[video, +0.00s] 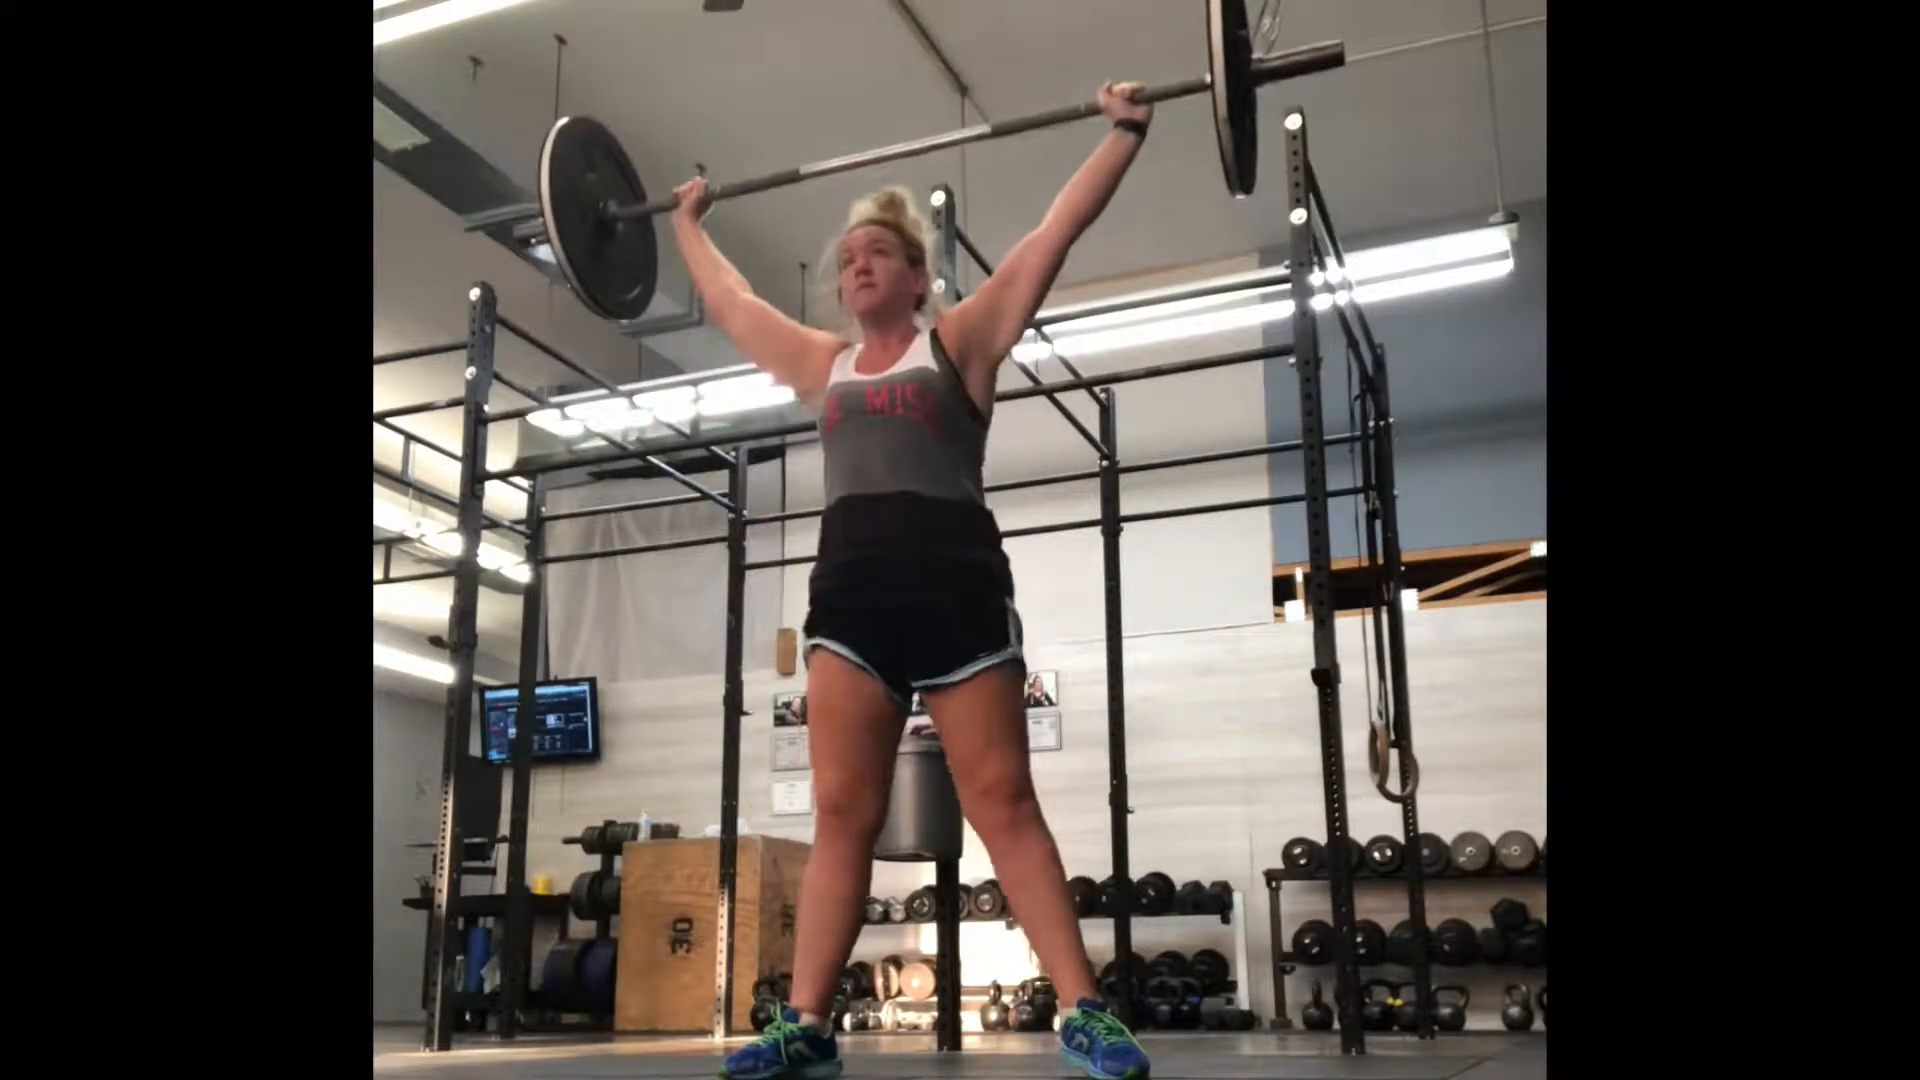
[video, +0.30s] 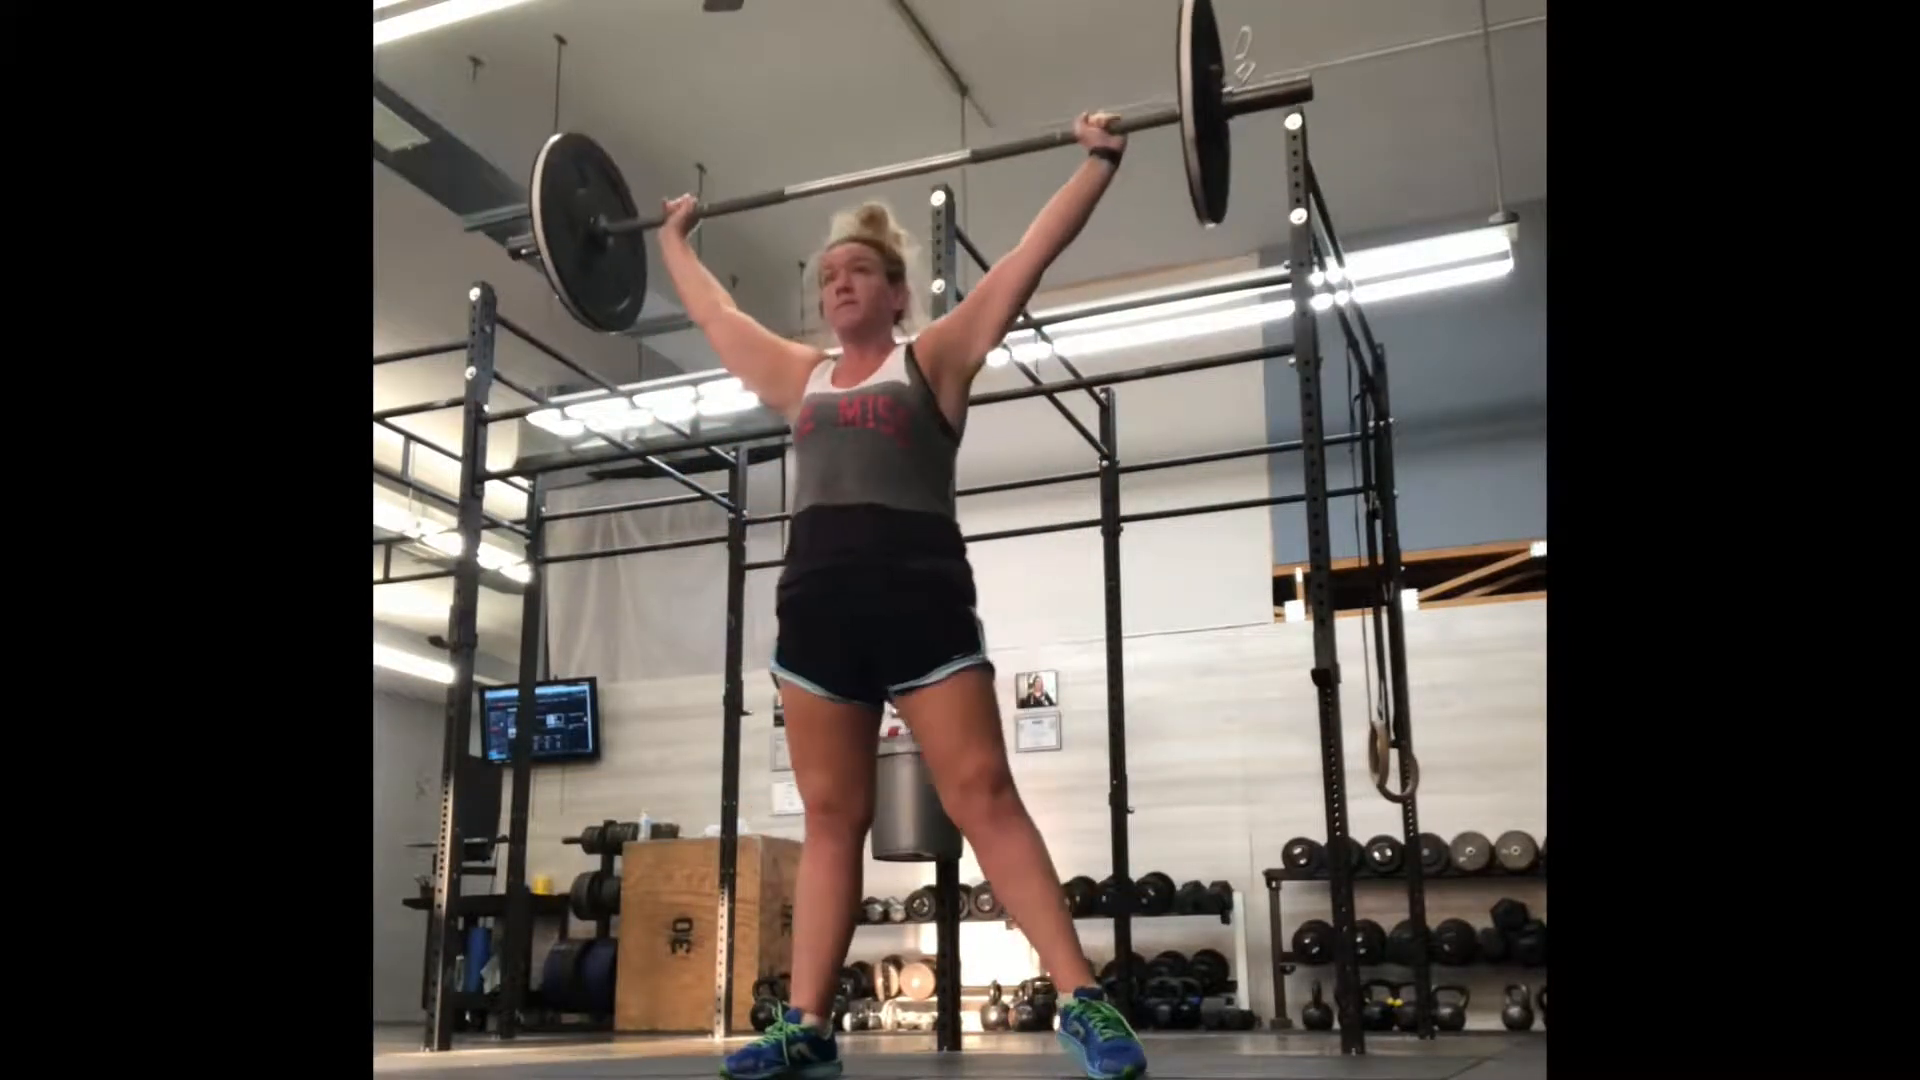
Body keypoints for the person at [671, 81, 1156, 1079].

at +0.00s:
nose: (859, 264)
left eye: (876, 252)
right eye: (849, 257)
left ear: (917, 269)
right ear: (838, 280)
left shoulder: (963, 336)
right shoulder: (824, 364)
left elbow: (1054, 233)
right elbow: (731, 303)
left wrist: (1124, 133)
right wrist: (685, 221)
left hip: (957, 595)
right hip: (847, 603)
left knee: (1003, 804)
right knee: (839, 812)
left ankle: (1080, 1007)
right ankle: (806, 1025)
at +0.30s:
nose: (841, 285)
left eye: (857, 273)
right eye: (829, 276)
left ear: (896, 288)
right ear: (818, 294)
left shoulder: (936, 356)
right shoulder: (800, 374)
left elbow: (1025, 261)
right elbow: (716, 315)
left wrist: (1098, 163)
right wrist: (671, 236)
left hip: (924, 602)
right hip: (817, 613)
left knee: (986, 795)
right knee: (828, 818)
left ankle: (1079, 993)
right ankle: (806, 1025)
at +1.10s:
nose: (833, 442)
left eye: (851, 426)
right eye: (825, 429)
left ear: (892, 438)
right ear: (818, 447)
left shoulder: (949, 518)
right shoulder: (819, 542)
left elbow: (1063, 603)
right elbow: (749, 633)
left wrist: (1111, 716)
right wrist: (696, 735)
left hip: (995, 682)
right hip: (898, 694)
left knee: (1016, 819)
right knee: (837, 832)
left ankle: (1041, 1016)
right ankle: (843, 1023)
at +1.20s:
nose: (860, 372)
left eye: (876, 358)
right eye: (859, 358)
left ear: (921, 369)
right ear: (855, 375)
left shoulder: (965, 454)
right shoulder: (840, 477)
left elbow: (1084, 499)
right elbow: (744, 545)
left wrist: (1101, 600)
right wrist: (688, 627)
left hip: (986, 674)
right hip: (886, 680)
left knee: (1002, 825)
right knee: (826, 831)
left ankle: (1039, 1013)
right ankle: (840, 1020)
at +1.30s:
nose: (890, 303)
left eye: (908, 291)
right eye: (886, 294)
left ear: (950, 309)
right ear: (883, 317)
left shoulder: (987, 381)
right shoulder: (859, 408)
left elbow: (1095, 403)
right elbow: (773, 456)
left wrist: (1097, 454)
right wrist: (696, 488)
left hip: (974, 611)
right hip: (876, 617)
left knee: (999, 796)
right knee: (846, 800)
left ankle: (1042, 998)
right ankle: (826, 997)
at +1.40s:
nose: (910, 304)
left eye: (928, 295)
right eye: (902, 298)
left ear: (967, 314)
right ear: (892, 320)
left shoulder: (999, 361)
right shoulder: (874, 388)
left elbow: (1112, 368)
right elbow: (773, 430)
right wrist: (715, 387)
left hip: (969, 567)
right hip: (873, 573)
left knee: (1007, 780)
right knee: (837, 782)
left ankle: (1066, 980)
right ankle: (810, 984)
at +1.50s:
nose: (899, 344)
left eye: (915, 330)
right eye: (893, 334)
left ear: (956, 339)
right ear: (891, 349)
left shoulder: (994, 402)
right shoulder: (866, 425)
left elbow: (1102, 369)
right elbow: (761, 424)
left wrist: (1106, 264)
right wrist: (700, 333)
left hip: (977, 638)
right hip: (875, 644)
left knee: (1025, 813)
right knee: (808, 813)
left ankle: (1079, 1005)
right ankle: (815, 1014)